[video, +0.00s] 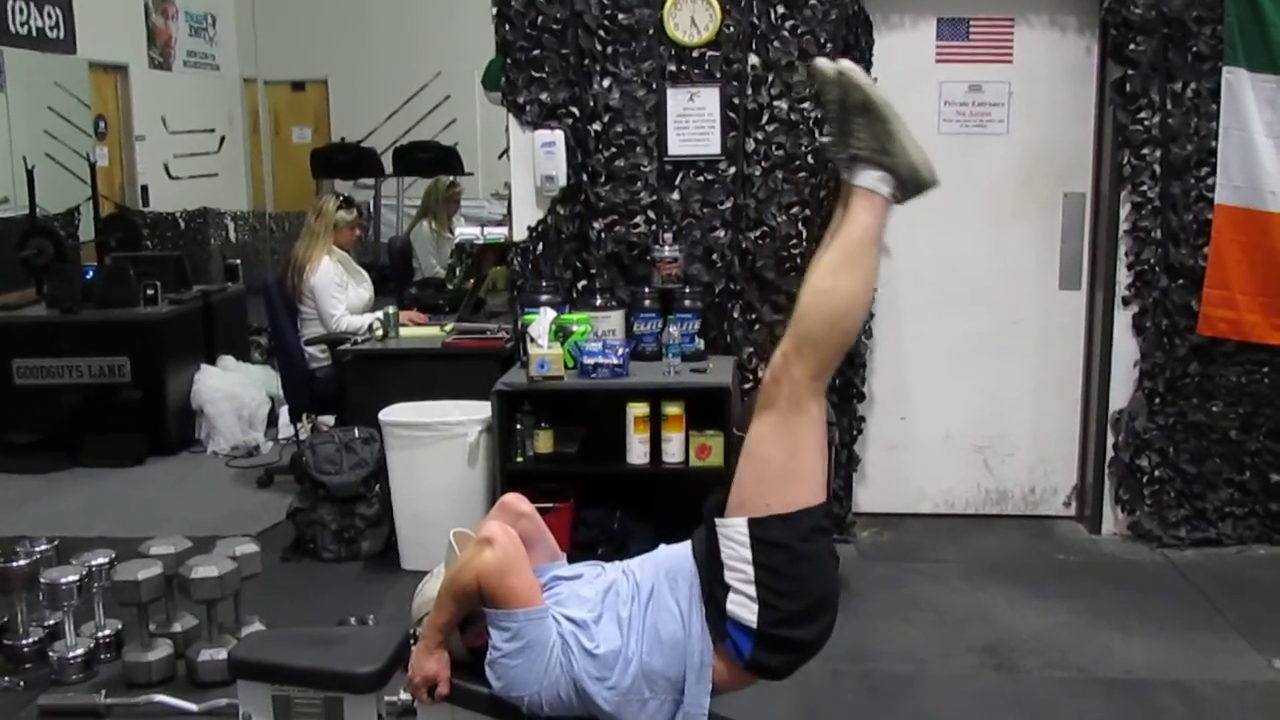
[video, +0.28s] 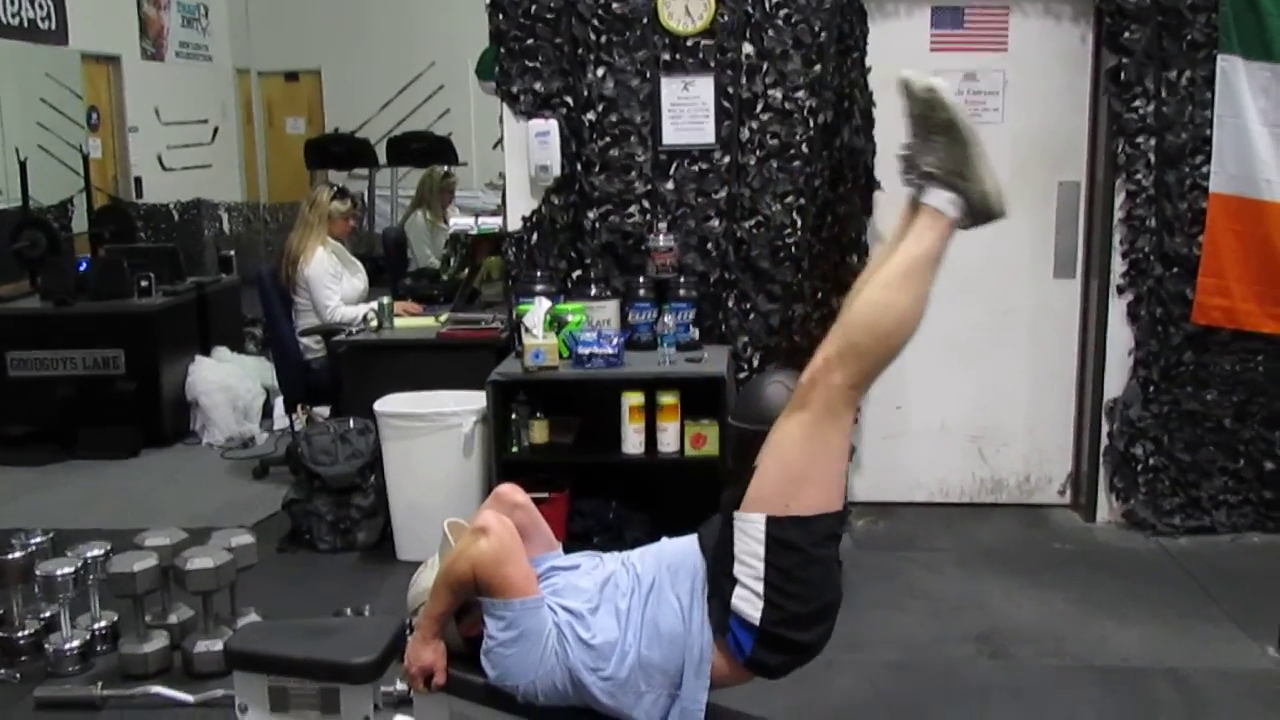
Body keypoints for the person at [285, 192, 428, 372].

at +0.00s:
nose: (358, 234)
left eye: (358, 228)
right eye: (352, 228)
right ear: (332, 228)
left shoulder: (336, 260)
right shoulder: (323, 266)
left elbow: (347, 317)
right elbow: (336, 324)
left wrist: (392, 315)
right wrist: (391, 318)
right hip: (329, 363)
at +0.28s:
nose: (352, 225)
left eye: (353, 219)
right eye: (347, 219)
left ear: (331, 219)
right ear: (328, 218)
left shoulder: (328, 250)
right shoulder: (317, 256)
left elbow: (340, 307)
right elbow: (332, 315)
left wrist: (386, 307)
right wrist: (385, 308)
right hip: (324, 357)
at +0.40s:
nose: (350, 204)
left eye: (350, 197)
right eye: (344, 198)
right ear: (324, 198)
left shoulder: (329, 228)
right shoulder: (315, 235)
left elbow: (341, 286)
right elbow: (330, 295)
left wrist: (386, 285)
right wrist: (385, 288)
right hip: (321, 335)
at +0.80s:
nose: (347, 181)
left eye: (347, 174)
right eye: (341, 175)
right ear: (322, 175)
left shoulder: (325, 207)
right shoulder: (312, 212)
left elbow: (336, 264)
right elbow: (327, 271)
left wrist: (382, 263)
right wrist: (382, 265)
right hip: (319, 312)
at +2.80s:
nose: (345, 160)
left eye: (346, 153)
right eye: (339, 154)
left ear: (324, 155)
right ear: (320, 154)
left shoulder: (324, 187)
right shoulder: (311, 192)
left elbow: (335, 244)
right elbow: (325, 251)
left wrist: (381, 243)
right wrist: (380, 246)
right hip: (319, 291)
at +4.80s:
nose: (346, 159)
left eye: (346, 153)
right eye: (340, 154)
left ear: (324, 155)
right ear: (320, 154)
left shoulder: (324, 186)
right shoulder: (312, 192)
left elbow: (335, 244)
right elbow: (326, 251)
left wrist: (378, 242)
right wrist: (378, 245)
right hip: (319, 292)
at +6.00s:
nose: (346, 160)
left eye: (346, 153)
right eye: (340, 154)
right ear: (319, 154)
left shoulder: (324, 186)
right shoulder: (312, 192)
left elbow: (334, 244)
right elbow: (326, 251)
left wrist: (377, 243)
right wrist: (377, 245)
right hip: (318, 294)